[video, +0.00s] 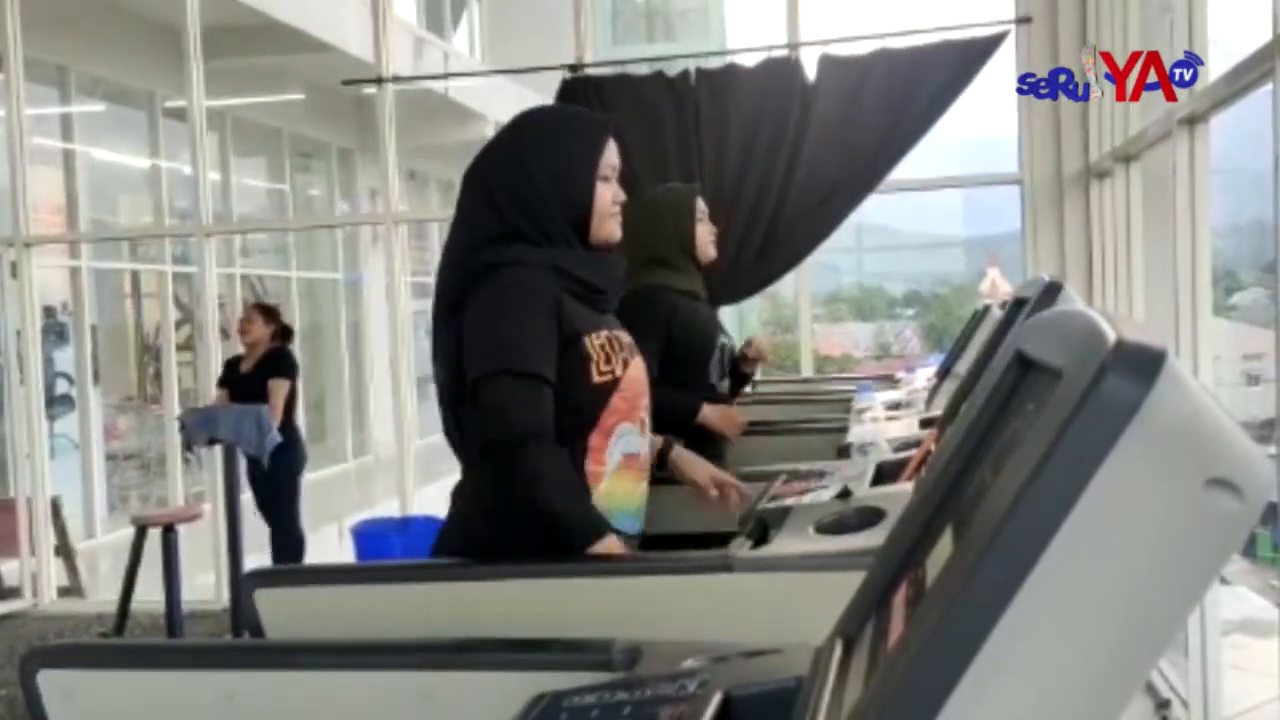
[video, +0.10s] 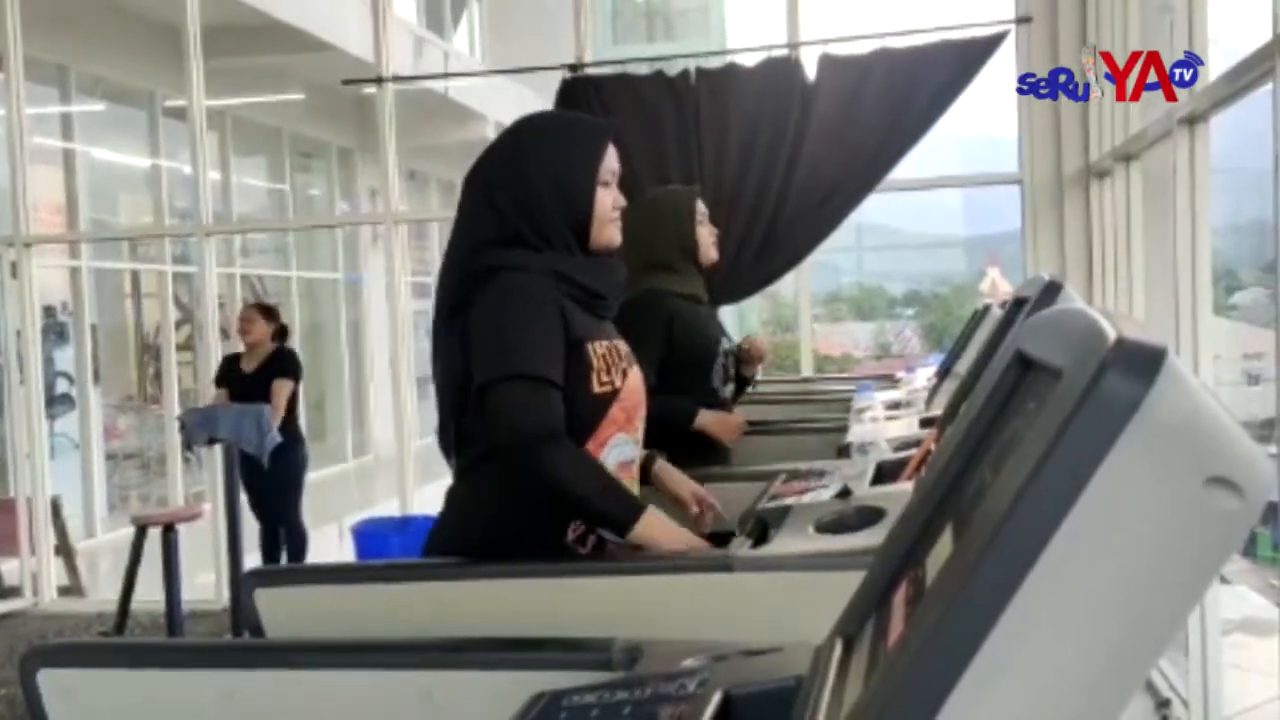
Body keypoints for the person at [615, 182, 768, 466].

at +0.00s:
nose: (713, 230)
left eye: (709, 220)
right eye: (702, 220)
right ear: (675, 229)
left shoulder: (692, 296)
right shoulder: (652, 299)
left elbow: (710, 400)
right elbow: (636, 393)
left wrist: (742, 369)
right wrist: (703, 412)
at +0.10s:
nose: (714, 231)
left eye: (709, 221)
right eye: (702, 222)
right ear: (676, 232)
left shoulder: (693, 302)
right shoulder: (651, 305)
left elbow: (712, 402)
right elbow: (631, 402)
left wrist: (743, 370)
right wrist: (701, 419)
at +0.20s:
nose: (714, 226)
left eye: (709, 216)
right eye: (703, 217)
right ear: (678, 228)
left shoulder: (694, 297)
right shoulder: (656, 302)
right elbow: (641, 397)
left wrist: (742, 381)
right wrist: (711, 415)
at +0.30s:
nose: (714, 220)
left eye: (709, 211)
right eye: (703, 211)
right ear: (677, 220)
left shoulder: (689, 287)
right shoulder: (658, 292)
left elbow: (690, 375)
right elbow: (656, 385)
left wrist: (738, 385)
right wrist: (729, 400)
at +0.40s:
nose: (714, 219)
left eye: (709, 209)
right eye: (703, 209)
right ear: (677, 218)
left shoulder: (685, 283)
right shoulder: (661, 288)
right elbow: (670, 378)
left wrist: (734, 386)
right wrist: (736, 388)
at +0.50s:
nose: (716, 222)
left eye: (711, 212)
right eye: (706, 212)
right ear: (681, 220)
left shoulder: (683, 284)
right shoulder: (666, 289)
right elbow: (681, 377)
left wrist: (735, 380)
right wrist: (737, 382)